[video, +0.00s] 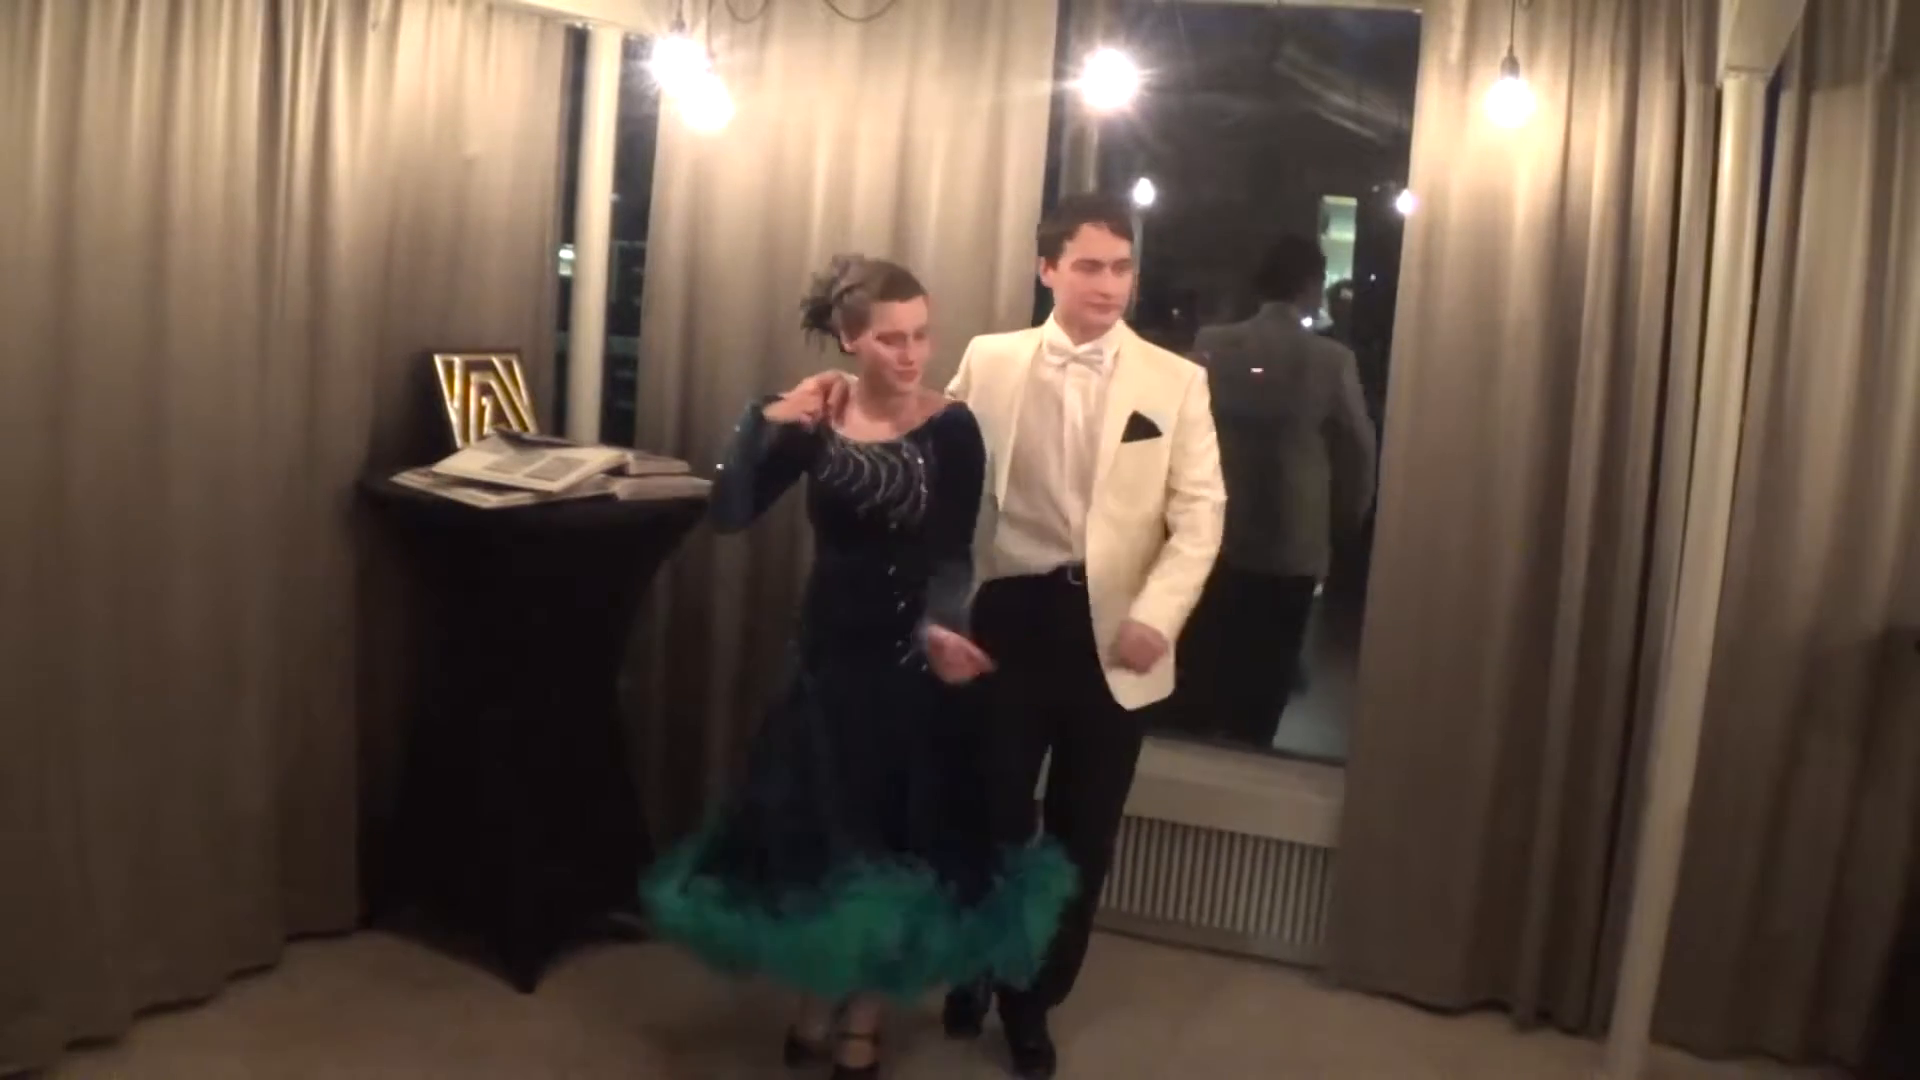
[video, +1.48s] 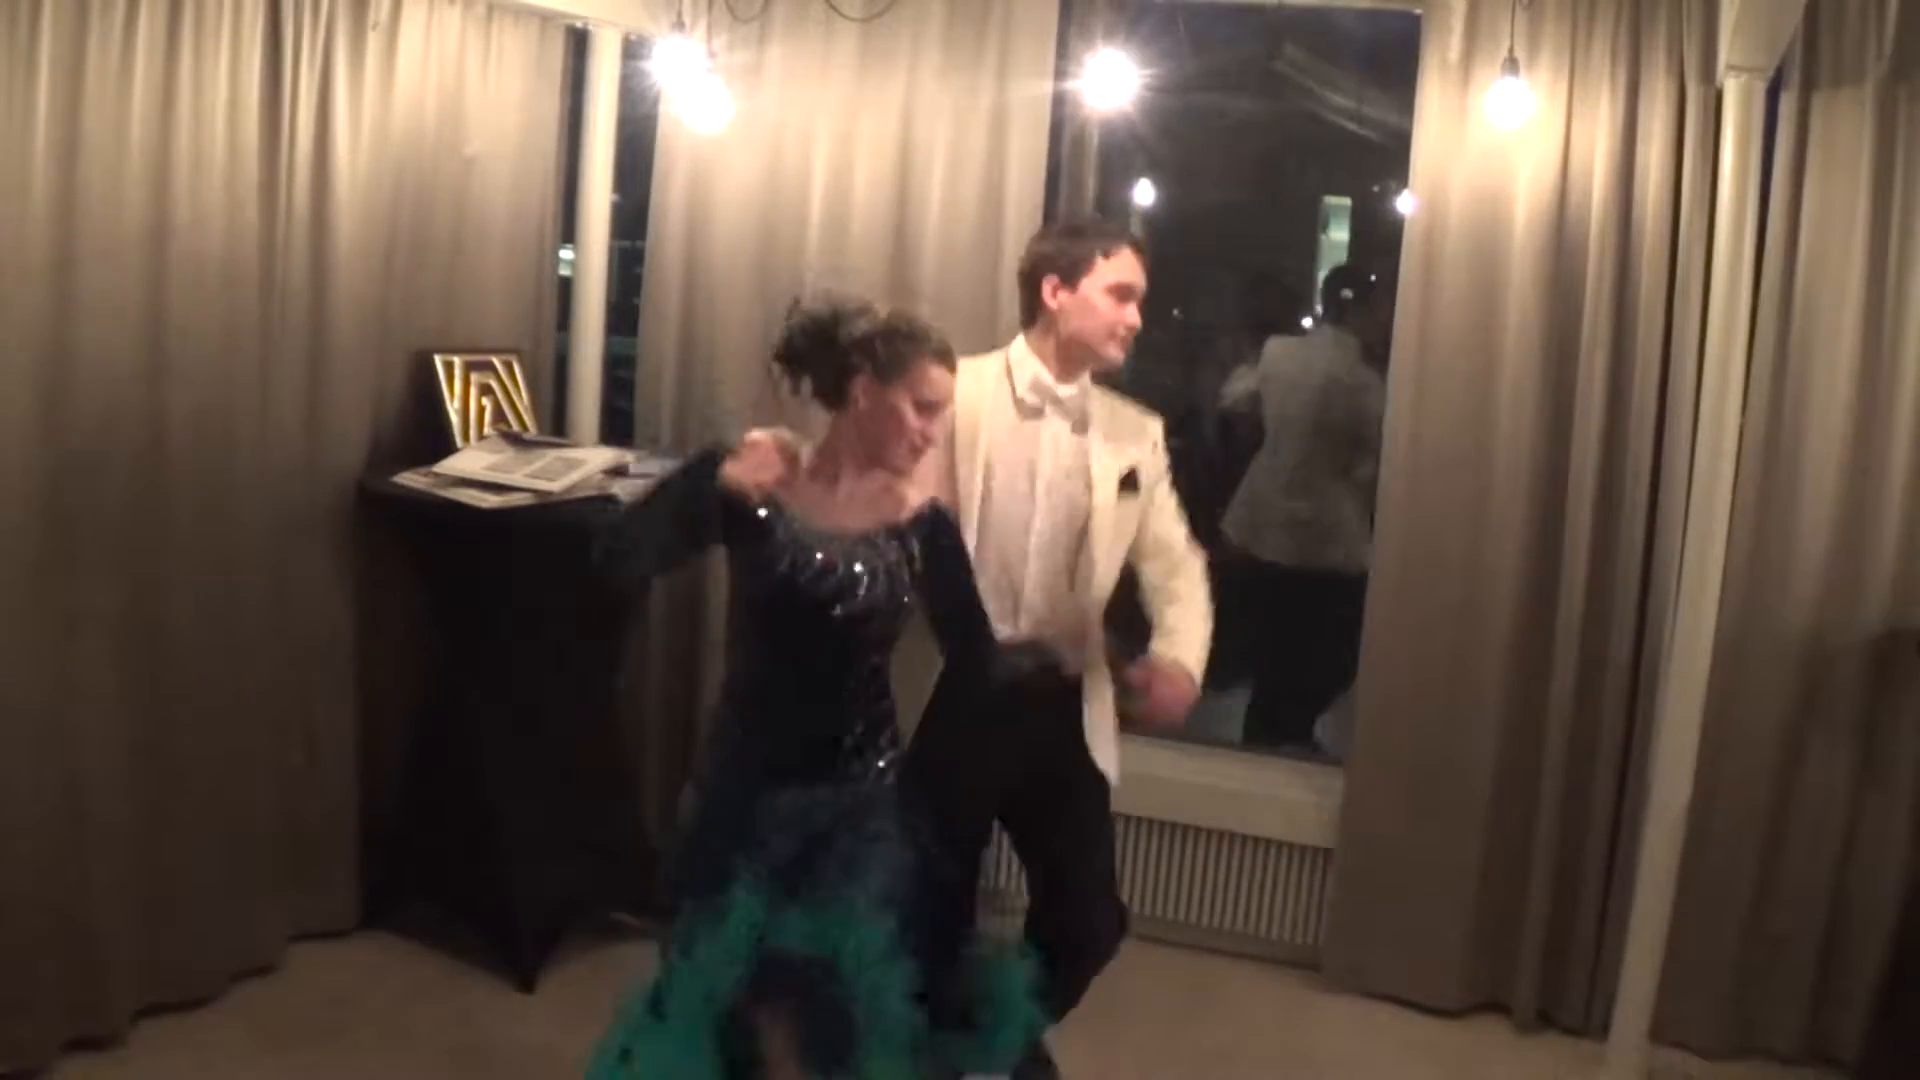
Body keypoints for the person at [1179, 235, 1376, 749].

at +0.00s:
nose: (1323, 292)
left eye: (1321, 283)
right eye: (1321, 283)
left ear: (1259, 282)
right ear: (1311, 288)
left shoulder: (1212, 346)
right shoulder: (1332, 361)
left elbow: (1184, 434)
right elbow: (1358, 452)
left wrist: (1182, 503)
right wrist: (1347, 515)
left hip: (1213, 529)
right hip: (1295, 537)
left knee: (1208, 659)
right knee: (1271, 670)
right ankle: (1242, 777)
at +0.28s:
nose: (1335, 288)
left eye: (1332, 279)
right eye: (1332, 279)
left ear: (1275, 278)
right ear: (1323, 281)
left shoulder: (1232, 341)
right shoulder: (1350, 350)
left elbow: (1206, 416)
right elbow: (1383, 413)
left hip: (1229, 514)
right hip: (1309, 523)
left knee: (1228, 628)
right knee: (1281, 637)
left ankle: (1231, 736)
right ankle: (1248, 745)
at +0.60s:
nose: (1347, 301)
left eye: (1345, 291)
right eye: (1345, 292)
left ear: (1293, 289)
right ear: (1335, 295)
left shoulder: (1245, 350)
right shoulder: (1357, 365)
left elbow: (1208, 419)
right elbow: (1370, 452)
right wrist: (1371, 509)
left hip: (1240, 522)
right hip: (1319, 536)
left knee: (1233, 651)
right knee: (1296, 663)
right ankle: (1248, 763)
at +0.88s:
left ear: (1308, 267)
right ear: (1359, 274)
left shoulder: (1263, 313)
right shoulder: (1378, 331)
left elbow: (1207, 355)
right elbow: (1389, 428)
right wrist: (1380, 510)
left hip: (1259, 511)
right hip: (1337, 524)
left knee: (1249, 649)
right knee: (1320, 661)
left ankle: (1234, 762)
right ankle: (1302, 779)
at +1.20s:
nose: (1370, 290)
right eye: (1369, 281)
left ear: (1320, 276)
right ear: (1367, 283)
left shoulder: (1277, 334)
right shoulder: (1382, 350)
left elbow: (1226, 382)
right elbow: (1393, 424)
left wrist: (1226, 356)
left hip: (1273, 500)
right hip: (1348, 510)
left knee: (1255, 618)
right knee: (1325, 635)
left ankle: (1229, 718)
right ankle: (1292, 743)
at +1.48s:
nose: (1390, 322)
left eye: (1388, 310)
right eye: (1383, 310)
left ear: (1327, 306)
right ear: (1362, 310)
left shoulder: (1277, 352)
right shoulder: (1365, 382)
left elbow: (1233, 398)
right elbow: (1372, 469)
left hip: (1261, 518)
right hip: (1331, 532)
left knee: (1274, 650)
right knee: (1332, 658)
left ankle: (1263, 743)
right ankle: (1291, 733)